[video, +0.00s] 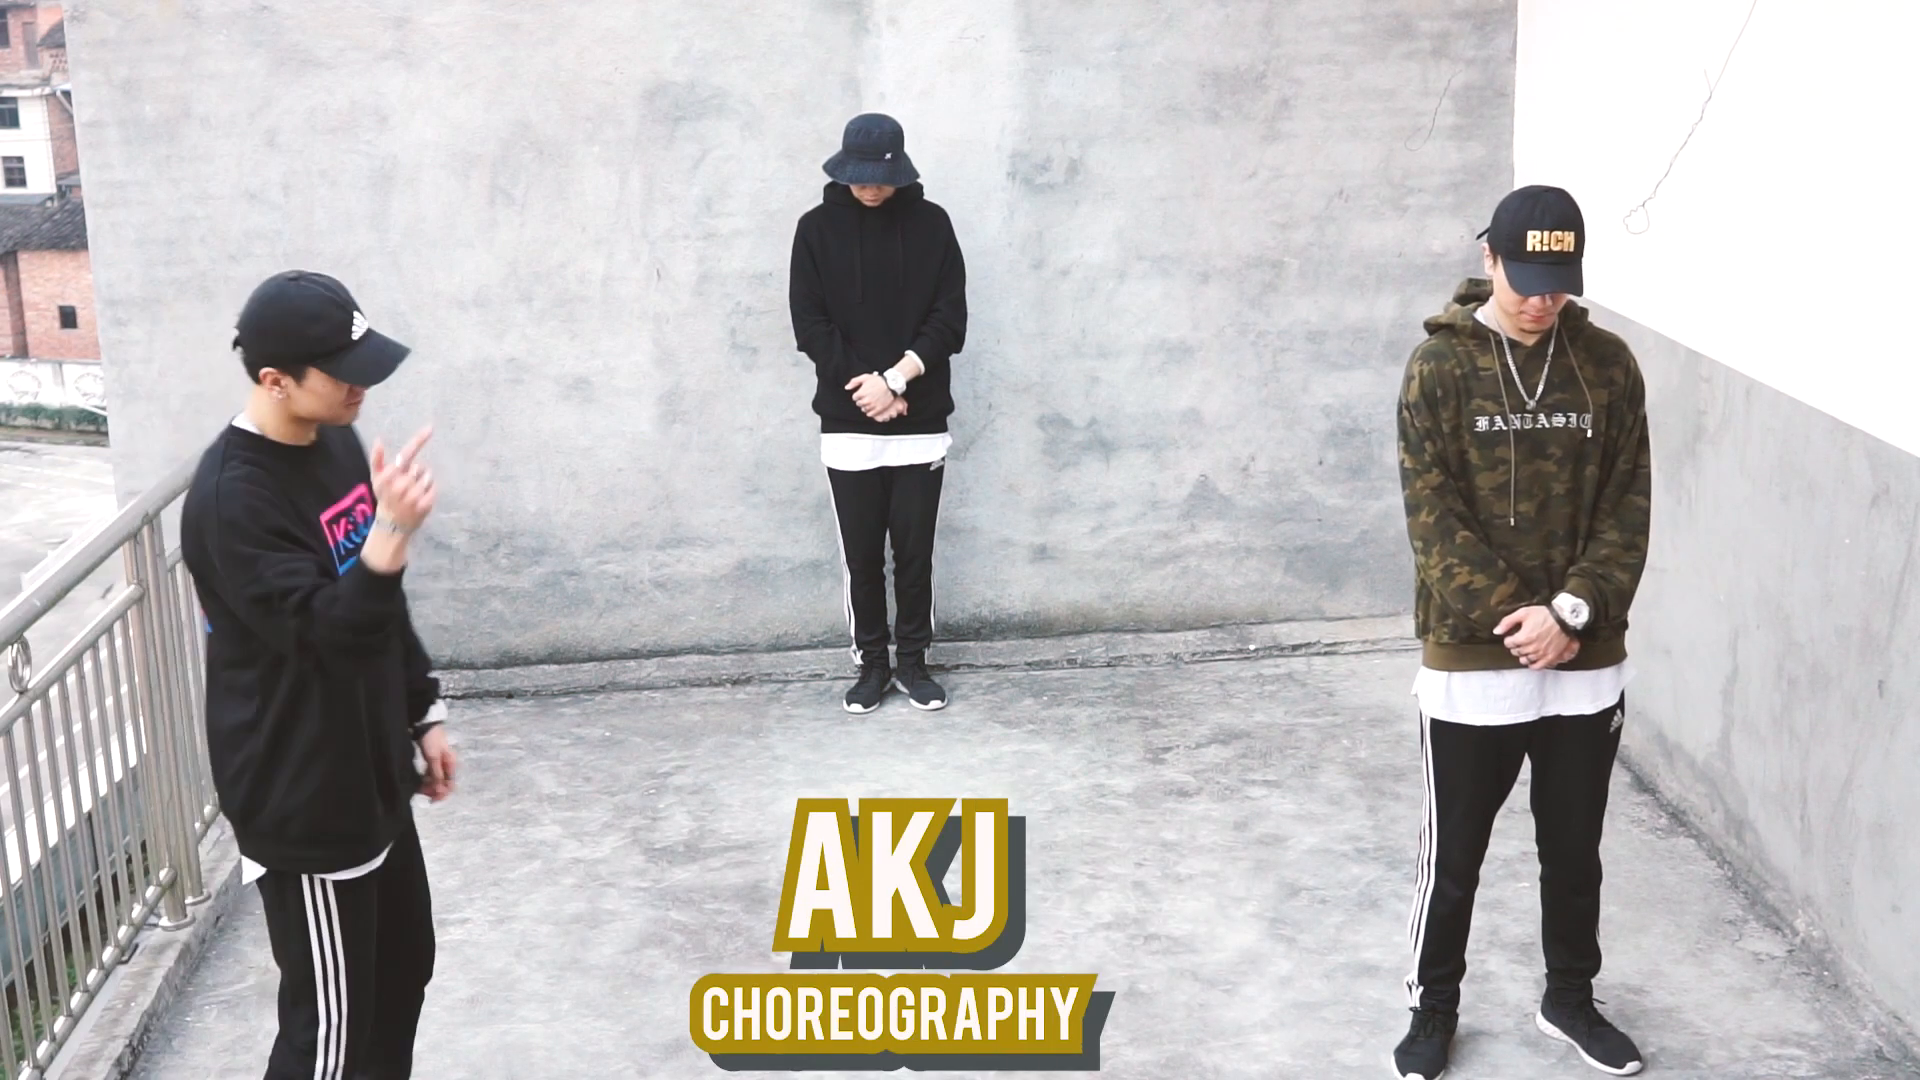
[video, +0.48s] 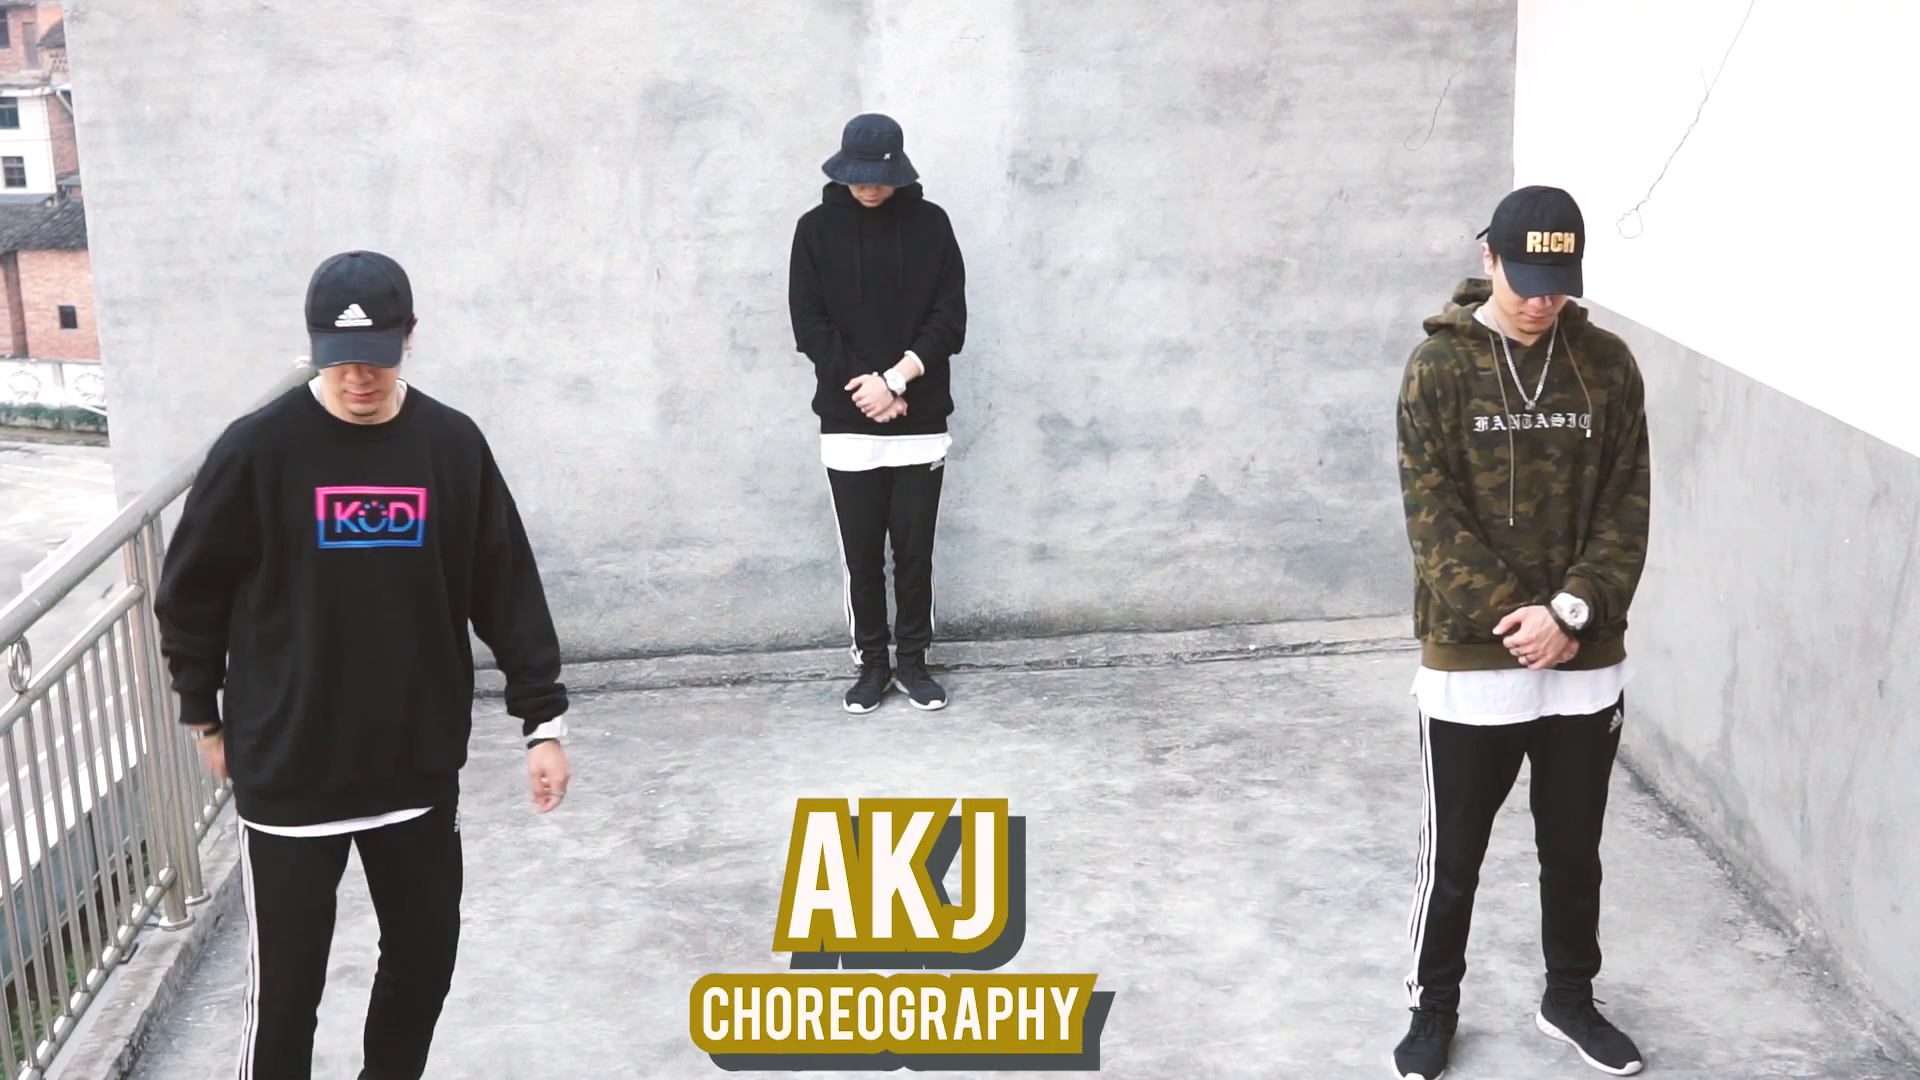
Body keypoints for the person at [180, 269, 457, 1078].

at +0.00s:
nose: (361, 388)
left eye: (360, 370)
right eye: (343, 375)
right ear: (275, 379)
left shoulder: (335, 443)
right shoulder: (230, 499)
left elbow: (381, 602)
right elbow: (320, 630)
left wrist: (424, 712)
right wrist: (388, 536)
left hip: (373, 770)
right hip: (303, 796)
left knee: (403, 970)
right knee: (336, 1024)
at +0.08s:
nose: (382, 379)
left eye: (381, 361)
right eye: (362, 367)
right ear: (294, 376)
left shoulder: (371, 440)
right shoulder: (245, 484)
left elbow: (411, 588)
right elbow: (276, 645)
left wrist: (444, 725)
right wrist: (375, 591)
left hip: (391, 771)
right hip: (308, 793)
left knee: (408, 976)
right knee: (329, 1016)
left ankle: (376, 1077)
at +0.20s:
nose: (404, 356)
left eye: (404, 338)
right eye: (382, 346)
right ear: (315, 355)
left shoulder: (417, 434)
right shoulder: (259, 462)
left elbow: (454, 580)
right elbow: (228, 636)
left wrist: (474, 719)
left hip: (409, 765)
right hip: (306, 785)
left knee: (420, 963)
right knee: (316, 1007)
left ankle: (384, 1074)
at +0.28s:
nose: (402, 364)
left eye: (409, 344)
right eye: (379, 350)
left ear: (421, 337)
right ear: (319, 349)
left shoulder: (440, 441)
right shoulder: (268, 459)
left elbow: (480, 588)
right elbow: (243, 627)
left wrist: (497, 725)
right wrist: (252, 790)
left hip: (415, 773)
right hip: (304, 789)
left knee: (423, 970)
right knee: (306, 1010)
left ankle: (385, 1078)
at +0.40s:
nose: (383, 376)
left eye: (397, 357)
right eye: (362, 361)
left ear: (416, 346)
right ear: (322, 349)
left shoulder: (454, 445)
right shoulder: (263, 457)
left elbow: (501, 591)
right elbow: (216, 605)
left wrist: (529, 729)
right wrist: (212, 745)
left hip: (415, 762)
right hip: (295, 769)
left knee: (425, 963)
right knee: (299, 988)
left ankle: (386, 1075)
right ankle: (290, 1079)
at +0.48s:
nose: (361, 375)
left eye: (379, 356)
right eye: (342, 358)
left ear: (407, 343)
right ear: (314, 348)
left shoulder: (454, 446)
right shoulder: (252, 452)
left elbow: (508, 588)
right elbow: (192, 591)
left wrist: (542, 725)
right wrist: (205, 717)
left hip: (416, 763)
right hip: (289, 766)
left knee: (424, 967)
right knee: (288, 988)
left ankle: (388, 1075)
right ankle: (279, 1076)